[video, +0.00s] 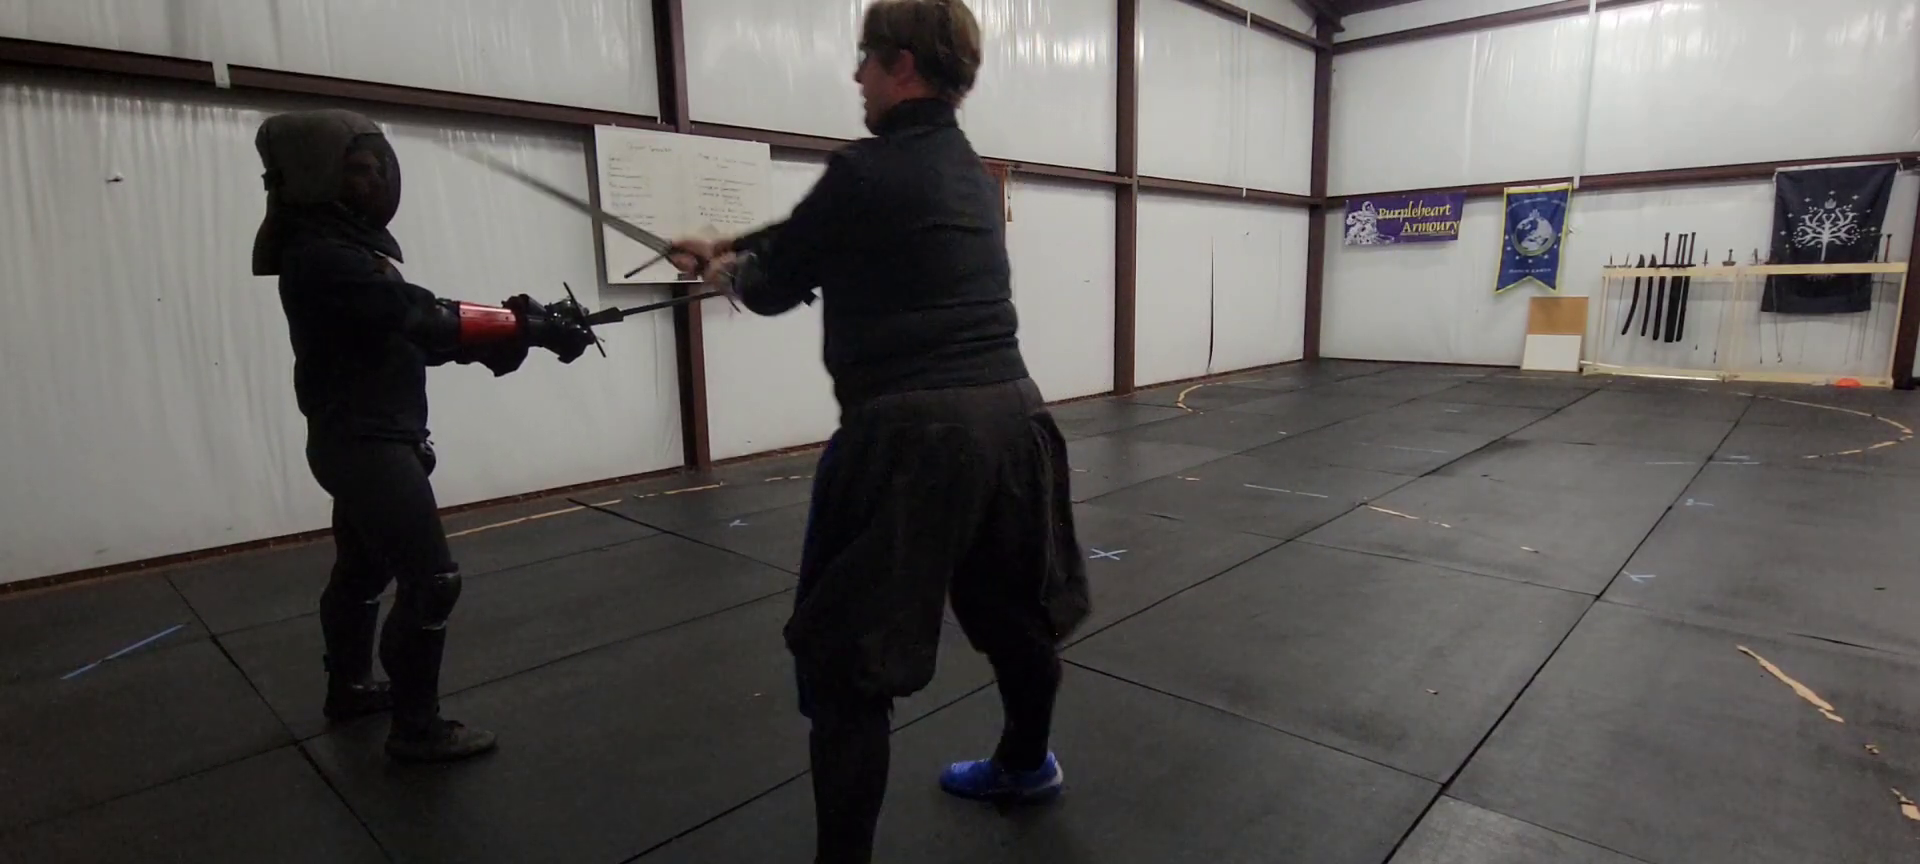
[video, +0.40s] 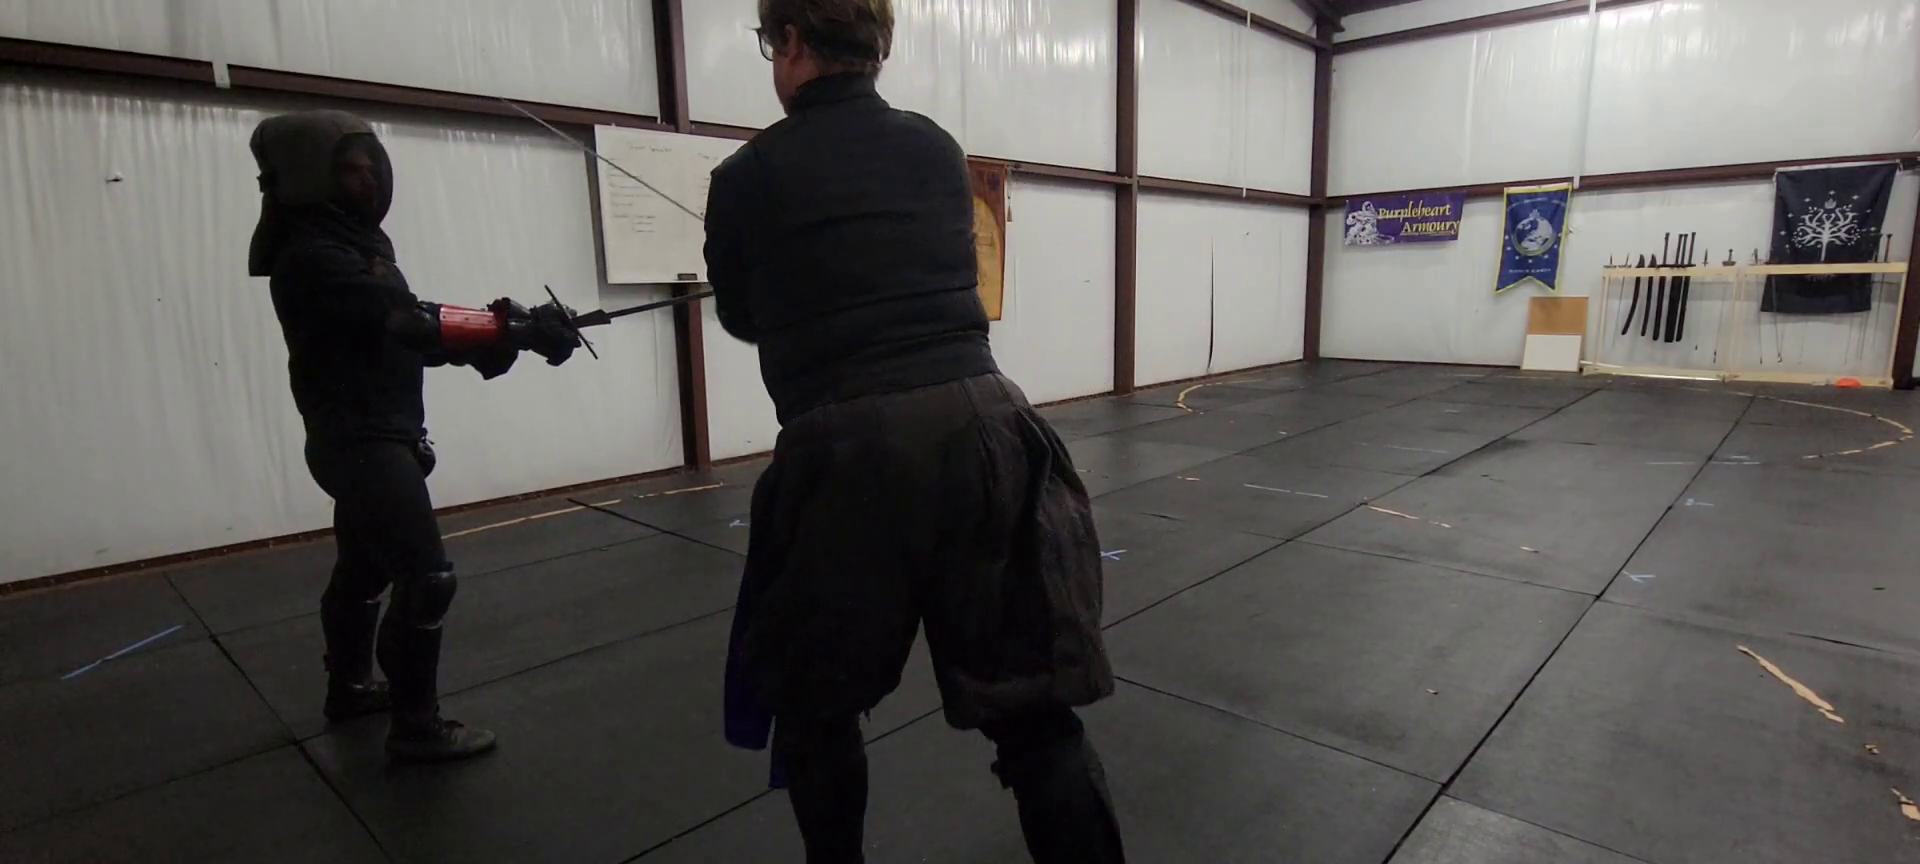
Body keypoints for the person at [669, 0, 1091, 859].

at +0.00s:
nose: (857, 75)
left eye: (867, 59)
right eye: (861, 59)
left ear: (905, 69)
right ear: (932, 75)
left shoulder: (863, 174)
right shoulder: (972, 169)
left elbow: (772, 283)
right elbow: (839, 238)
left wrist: (722, 267)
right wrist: (734, 249)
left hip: (901, 432)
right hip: (1009, 418)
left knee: (843, 648)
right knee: (1013, 602)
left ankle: (844, 847)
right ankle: (1027, 763)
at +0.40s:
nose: (770, 68)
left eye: (771, 47)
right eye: (771, 48)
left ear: (793, 46)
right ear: (875, 47)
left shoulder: (746, 176)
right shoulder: (936, 146)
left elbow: (741, 314)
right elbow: (949, 273)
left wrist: (849, 278)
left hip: (843, 450)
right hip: (979, 428)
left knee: (817, 703)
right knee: (1029, 705)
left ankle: (835, 855)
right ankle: (1088, 848)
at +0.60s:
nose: (788, 87)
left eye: (788, 70)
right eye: (788, 70)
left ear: (809, 73)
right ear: (898, 66)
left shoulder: (761, 212)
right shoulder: (980, 171)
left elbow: (777, 363)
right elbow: (1031, 342)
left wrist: (853, 426)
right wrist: (953, 402)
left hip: (849, 498)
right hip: (997, 475)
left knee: (798, 701)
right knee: (1047, 748)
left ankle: (831, 850)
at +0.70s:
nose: (814, 108)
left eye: (814, 92)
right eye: (813, 93)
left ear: (829, 93)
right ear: (923, 90)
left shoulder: (784, 237)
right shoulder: (1005, 190)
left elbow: (804, 384)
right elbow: (1076, 368)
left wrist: (886, 442)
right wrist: (1013, 447)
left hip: (862, 513)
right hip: (1018, 493)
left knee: (793, 702)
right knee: (1059, 756)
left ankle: (831, 848)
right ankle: (1076, 845)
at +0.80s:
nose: (832, 112)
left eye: (832, 97)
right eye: (834, 97)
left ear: (841, 99)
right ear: (936, 97)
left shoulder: (795, 244)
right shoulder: (1016, 193)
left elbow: (835, 387)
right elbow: (1089, 360)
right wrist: (1084, 454)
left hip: (873, 520)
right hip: (1031, 493)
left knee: (800, 704)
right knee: (1065, 767)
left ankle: (831, 850)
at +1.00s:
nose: (834, 99)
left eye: (832, 87)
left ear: (840, 92)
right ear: (939, 89)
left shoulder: (795, 230)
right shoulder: (1013, 183)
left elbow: (840, 386)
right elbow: (1095, 361)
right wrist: (1071, 448)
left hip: (867, 517)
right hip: (1025, 495)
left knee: (804, 703)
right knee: (1069, 768)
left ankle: (833, 851)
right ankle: (1082, 848)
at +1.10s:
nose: (825, 90)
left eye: (824, 77)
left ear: (833, 83)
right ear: (931, 80)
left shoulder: (784, 222)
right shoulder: (1002, 184)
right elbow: (1083, 358)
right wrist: (1050, 426)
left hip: (855, 506)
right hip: (1009, 488)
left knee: (800, 698)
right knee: (1059, 761)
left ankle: (833, 850)